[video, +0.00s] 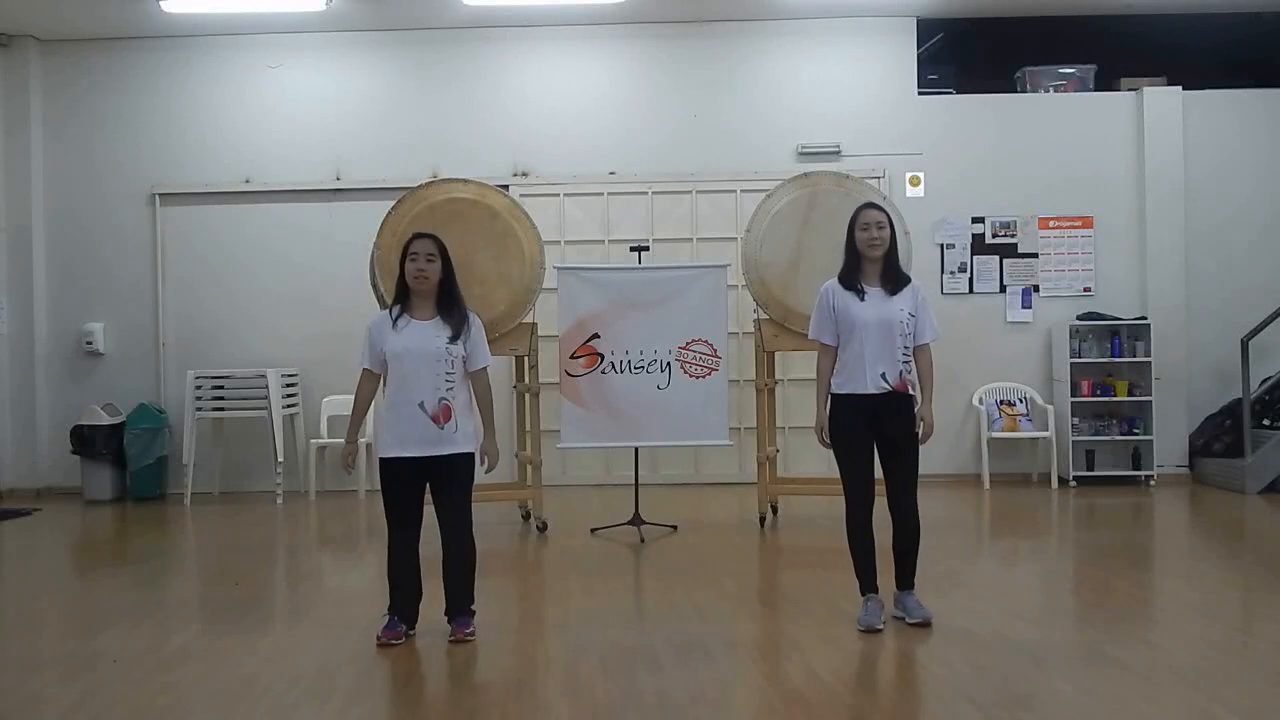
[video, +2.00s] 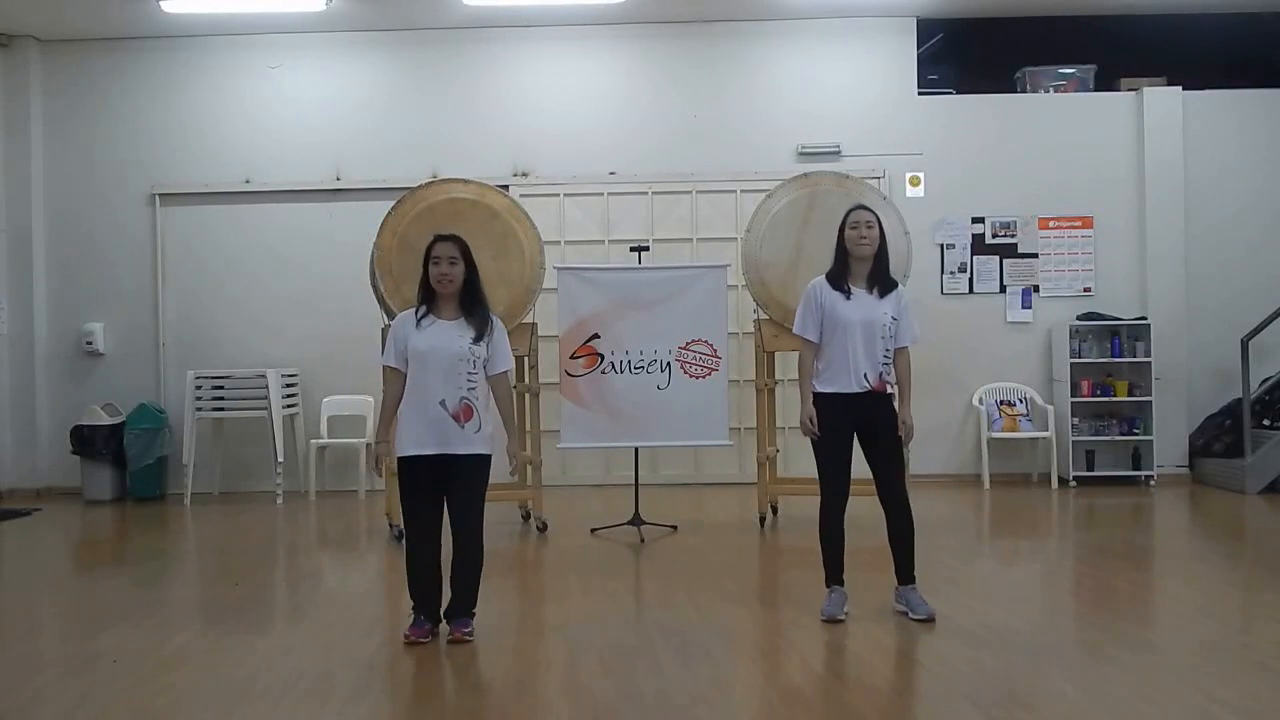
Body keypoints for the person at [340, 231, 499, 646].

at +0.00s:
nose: (421, 265)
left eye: (430, 259)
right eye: (413, 258)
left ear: (444, 269)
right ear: (403, 268)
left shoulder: (465, 323)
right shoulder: (383, 325)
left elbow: (479, 378)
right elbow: (369, 379)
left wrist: (489, 433)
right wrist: (351, 437)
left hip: (454, 449)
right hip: (399, 451)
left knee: (457, 535)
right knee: (402, 537)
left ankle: (461, 615)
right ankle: (401, 616)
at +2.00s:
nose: (443, 269)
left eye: (453, 262)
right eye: (436, 262)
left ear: (467, 270)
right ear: (426, 270)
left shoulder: (487, 326)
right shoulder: (404, 324)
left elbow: (501, 386)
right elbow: (393, 385)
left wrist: (514, 439)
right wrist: (381, 437)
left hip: (471, 449)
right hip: (416, 449)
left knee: (467, 535)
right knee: (421, 537)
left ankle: (461, 615)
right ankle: (424, 615)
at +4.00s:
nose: (370, 266)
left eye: (375, 259)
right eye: (358, 264)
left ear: (387, 269)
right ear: (347, 281)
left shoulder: (416, 318)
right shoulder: (337, 327)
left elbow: (467, 318)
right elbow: (291, 339)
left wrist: (501, 279)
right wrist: (258, 313)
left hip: (411, 449)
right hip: (355, 454)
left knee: (426, 531)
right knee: (356, 544)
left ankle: (422, 600)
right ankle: (359, 620)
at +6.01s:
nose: (392, 259)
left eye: (397, 252)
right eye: (382, 256)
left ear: (410, 264)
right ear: (371, 271)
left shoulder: (434, 310)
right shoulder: (365, 318)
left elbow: (469, 274)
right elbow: (348, 287)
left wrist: (461, 222)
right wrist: (360, 234)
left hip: (437, 438)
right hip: (382, 445)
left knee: (462, 526)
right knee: (375, 537)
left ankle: (481, 608)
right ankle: (366, 622)